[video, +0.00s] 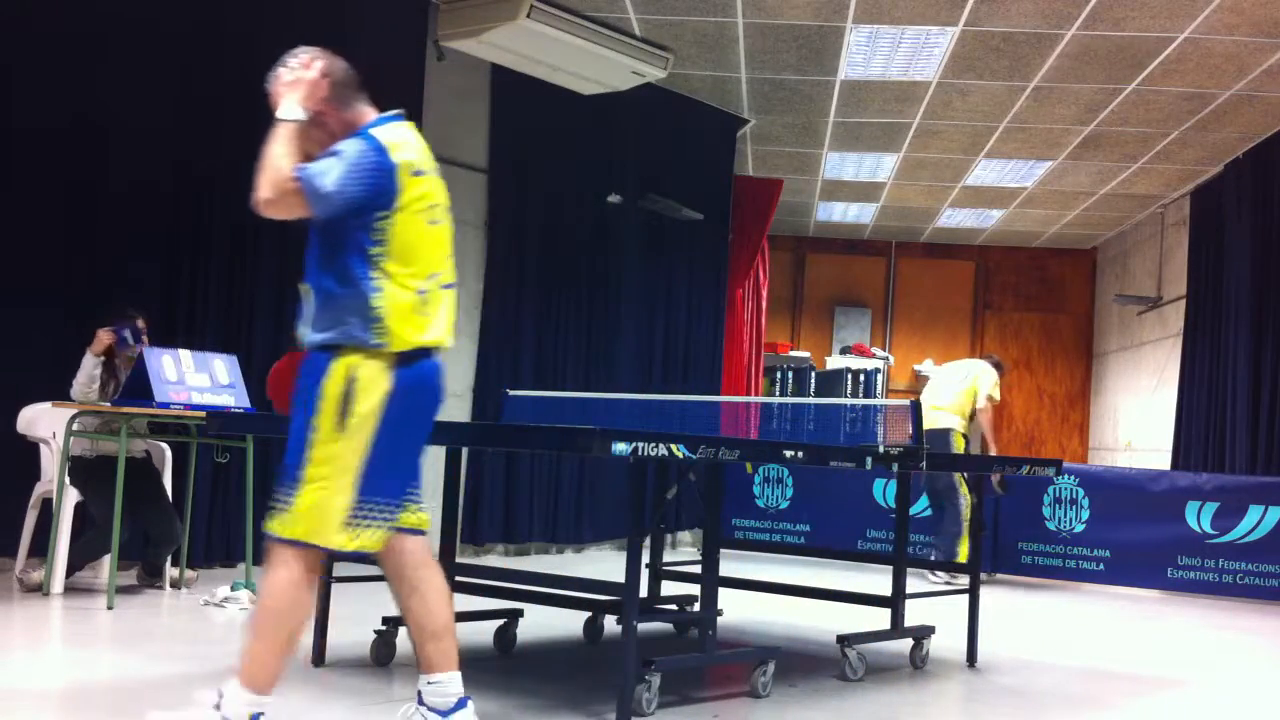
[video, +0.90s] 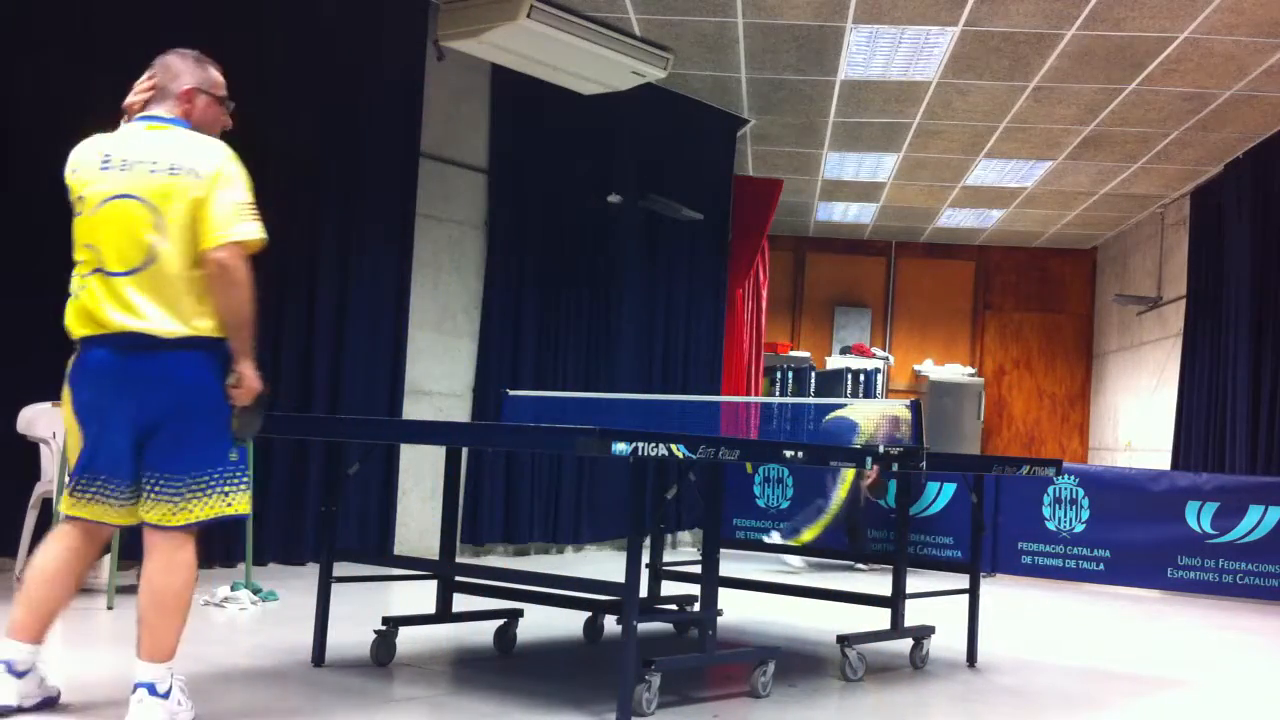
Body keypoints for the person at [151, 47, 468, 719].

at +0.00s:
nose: (292, 129)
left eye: (292, 113)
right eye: (286, 113)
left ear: (317, 98)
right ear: (345, 91)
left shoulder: (369, 153)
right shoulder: (401, 143)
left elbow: (273, 194)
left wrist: (289, 111)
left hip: (360, 369)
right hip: (407, 369)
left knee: (296, 544)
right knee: (401, 538)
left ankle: (241, 704)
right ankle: (446, 701)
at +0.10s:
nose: (249, 126)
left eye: (252, 114)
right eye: (247, 114)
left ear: (275, 107)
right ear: (317, 98)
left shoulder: (323, 156)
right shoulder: (372, 149)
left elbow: (219, 196)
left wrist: (240, 112)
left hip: (318, 366)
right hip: (370, 368)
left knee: (246, 536)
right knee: (346, 532)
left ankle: (231, 707)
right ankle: (430, 688)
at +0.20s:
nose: (214, 124)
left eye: (214, 113)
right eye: (210, 110)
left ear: (231, 102)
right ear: (282, 92)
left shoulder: (271, 151)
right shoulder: (360, 157)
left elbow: (165, 193)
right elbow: (389, 262)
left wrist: (198, 112)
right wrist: (365, 349)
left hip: (277, 364)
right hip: (337, 368)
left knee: (224, 537)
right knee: (293, 528)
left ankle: (231, 706)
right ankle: (383, 650)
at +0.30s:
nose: (180, 101)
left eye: (181, 91)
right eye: (179, 89)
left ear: (200, 87)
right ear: (261, 83)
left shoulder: (226, 144)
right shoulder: (341, 153)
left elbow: (122, 182)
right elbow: (376, 256)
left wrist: (168, 104)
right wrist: (358, 353)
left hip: (247, 355)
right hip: (318, 356)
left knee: (207, 526)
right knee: (259, 509)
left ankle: (227, 704)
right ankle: (297, 659)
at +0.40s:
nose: (167, 83)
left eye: (172, 76)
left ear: (186, 89)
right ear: (250, 84)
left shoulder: (193, 142)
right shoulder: (328, 154)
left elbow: (91, 168)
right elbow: (362, 254)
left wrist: (152, 99)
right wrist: (350, 348)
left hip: (219, 357)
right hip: (296, 359)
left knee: (197, 529)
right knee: (228, 519)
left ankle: (225, 698)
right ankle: (213, 664)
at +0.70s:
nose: (238, 108)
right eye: (236, 100)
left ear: (164, 103)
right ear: (229, 104)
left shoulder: (127, 149)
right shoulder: (273, 165)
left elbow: (78, 158)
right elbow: (296, 271)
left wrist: (138, 106)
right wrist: (297, 365)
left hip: (149, 368)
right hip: (239, 373)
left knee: (99, 513)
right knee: (189, 529)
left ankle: (125, 635)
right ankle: (154, 689)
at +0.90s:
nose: (226, 119)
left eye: (226, 107)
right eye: (221, 105)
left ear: (151, 98)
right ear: (190, 98)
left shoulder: (88, 156)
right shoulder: (214, 160)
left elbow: (98, 157)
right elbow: (223, 258)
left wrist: (131, 119)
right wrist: (244, 357)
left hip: (99, 365)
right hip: (183, 368)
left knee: (84, 521)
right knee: (171, 532)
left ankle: (13, 666)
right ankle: (154, 690)